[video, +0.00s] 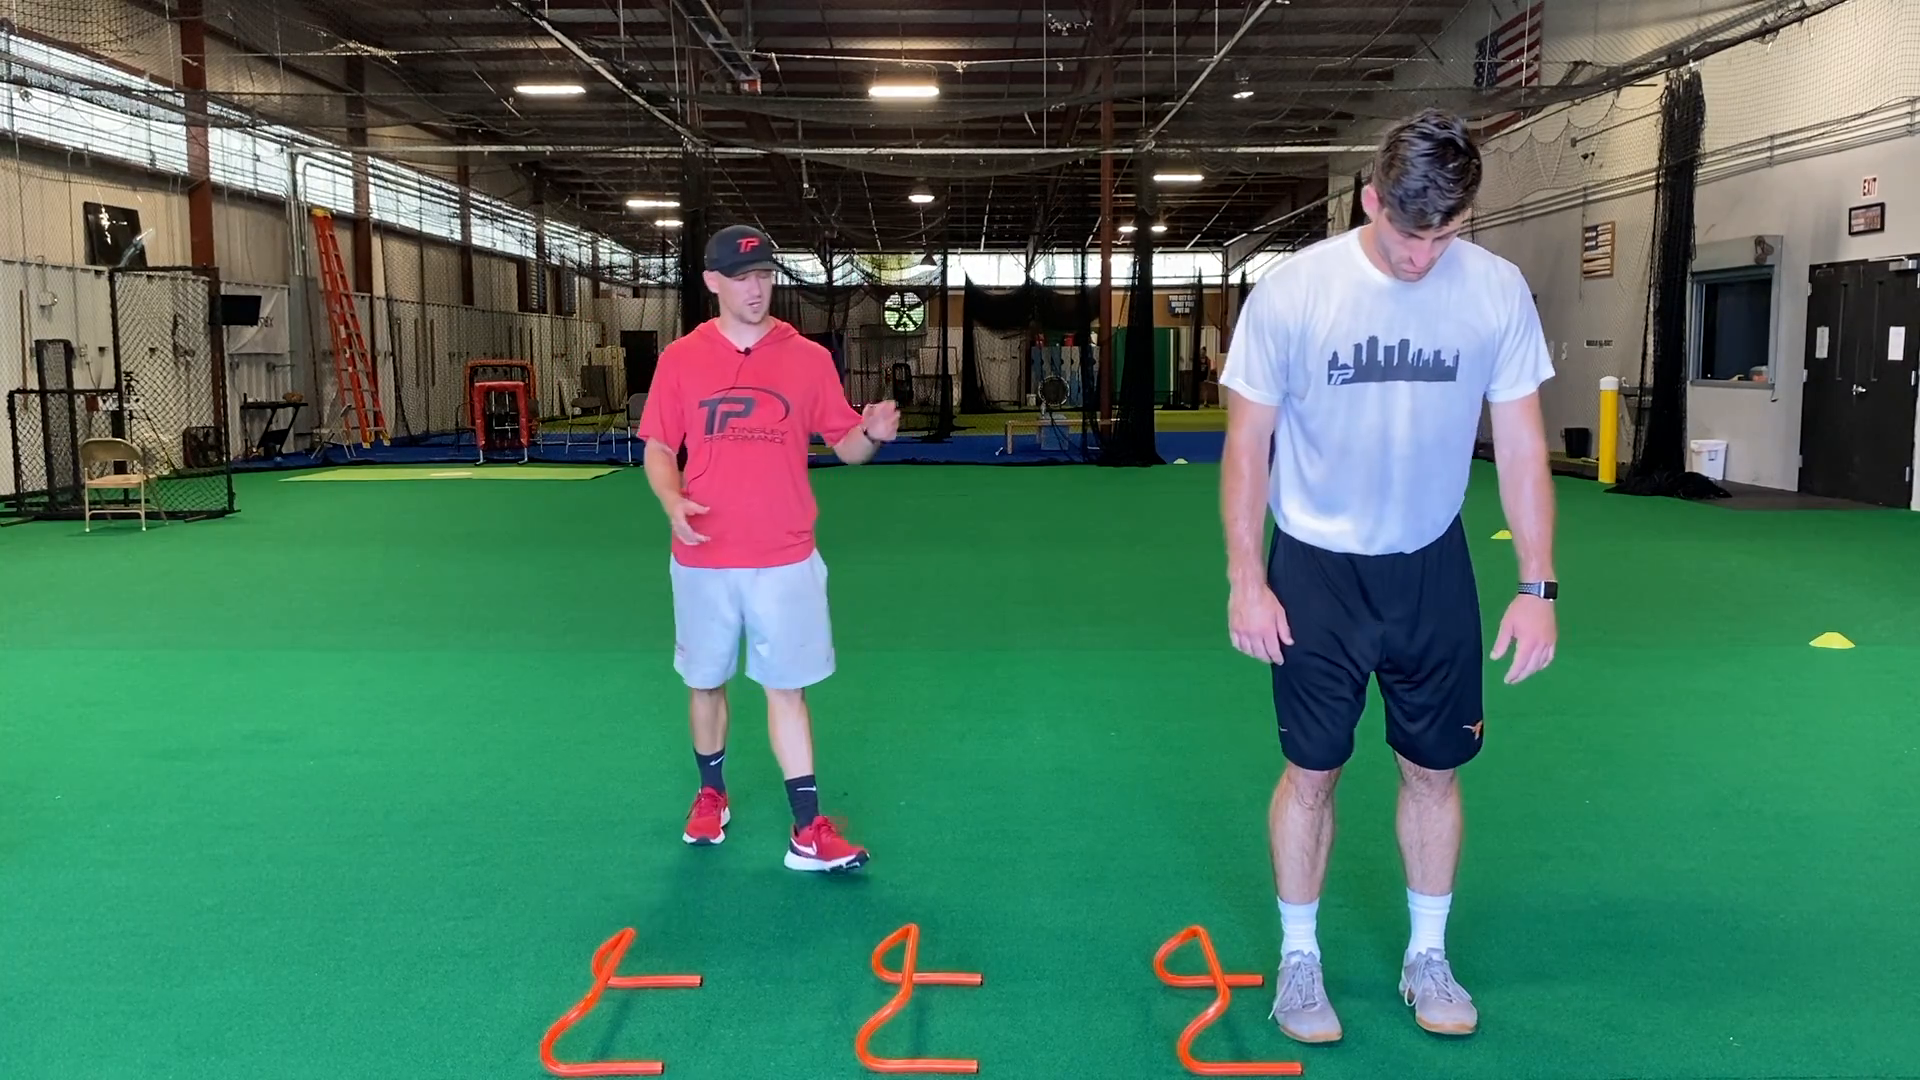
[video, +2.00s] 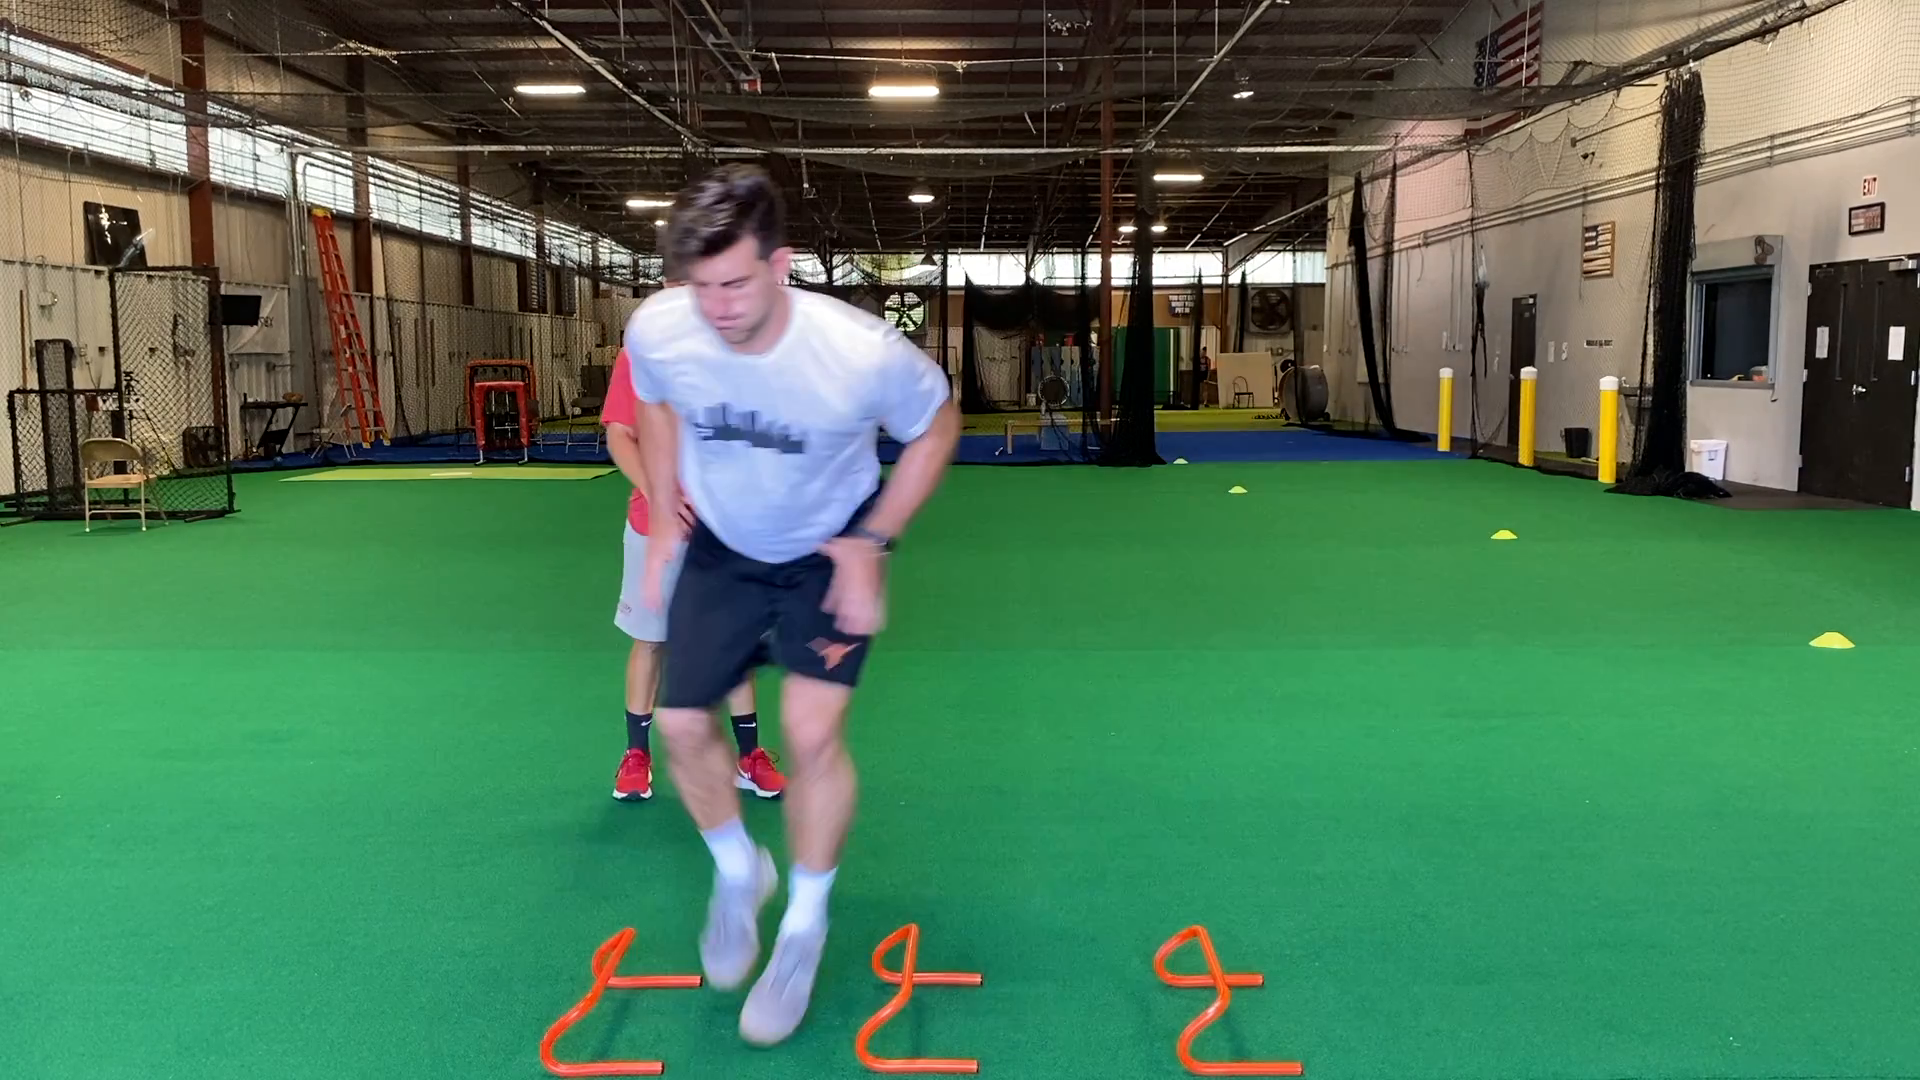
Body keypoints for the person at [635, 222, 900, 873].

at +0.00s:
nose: (756, 286)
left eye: (764, 274)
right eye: (742, 275)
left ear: (775, 278)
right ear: (713, 282)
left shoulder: (807, 359)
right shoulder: (681, 360)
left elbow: (848, 449)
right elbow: (658, 447)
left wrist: (872, 433)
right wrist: (672, 500)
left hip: (785, 556)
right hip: (703, 557)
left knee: (787, 685)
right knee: (704, 680)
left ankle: (808, 827)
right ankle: (710, 796)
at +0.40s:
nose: (702, 287)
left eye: (708, 273)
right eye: (687, 279)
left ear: (722, 275)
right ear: (663, 286)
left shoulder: (769, 343)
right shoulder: (648, 361)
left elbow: (796, 441)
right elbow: (639, 447)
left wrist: (812, 425)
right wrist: (640, 501)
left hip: (761, 537)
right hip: (683, 544)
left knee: (780, 664)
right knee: (699, 665)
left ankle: (789, 791)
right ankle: (709, 794)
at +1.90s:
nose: (713, 292)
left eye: (723, 282)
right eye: (702, 283)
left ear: (742, 287)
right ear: (685, 289)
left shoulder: (760, 349)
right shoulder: (656, 351)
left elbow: (782, 435)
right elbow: (632, 432)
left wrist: (755, 505)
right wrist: (666, 495)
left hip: (744, 525)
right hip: (671, 526)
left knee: (745, 641)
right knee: (656, 640)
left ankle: (753, 754)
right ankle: (638, 751)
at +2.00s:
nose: (700, 297)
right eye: (687, 281)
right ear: (669, 287)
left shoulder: (759, 356)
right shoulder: (643, 350)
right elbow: (618, 434)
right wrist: (658, 496)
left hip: (730, 526)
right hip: (659, 522)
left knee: (737, 646)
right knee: (649, 637)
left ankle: (750, 752)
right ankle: (637, 750)